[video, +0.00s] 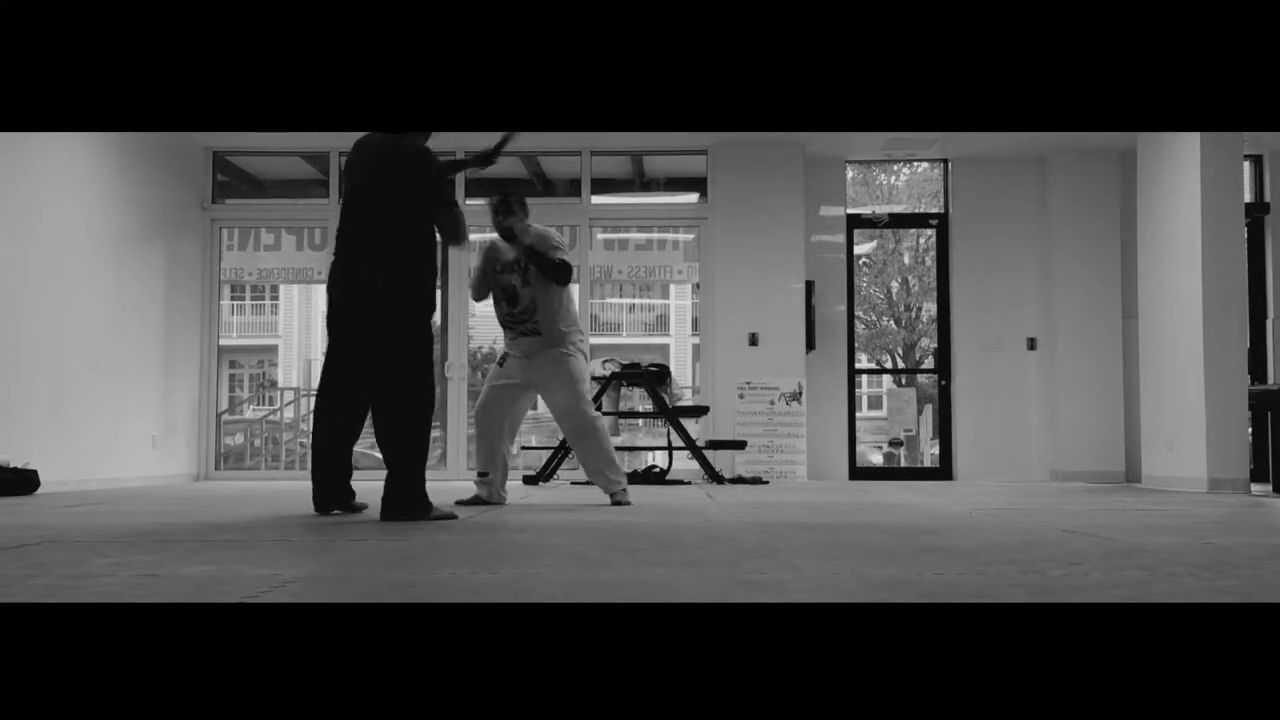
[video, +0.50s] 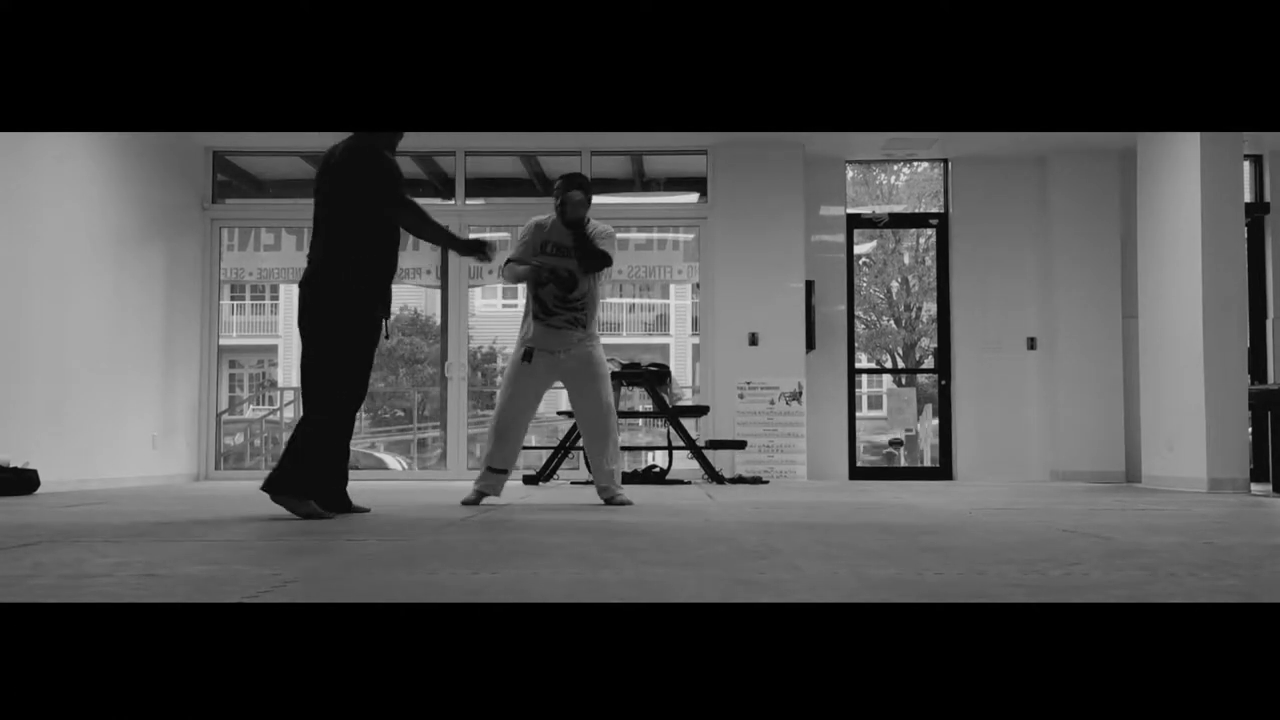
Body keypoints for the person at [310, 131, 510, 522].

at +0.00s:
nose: (432, 137)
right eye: (432, 135)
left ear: (390, 127)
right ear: (426, 132)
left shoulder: (364, 149)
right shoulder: (421, 160)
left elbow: (412, 174)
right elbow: (456, 233)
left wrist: (467, 163)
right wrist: (440, 189)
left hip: (351, 295)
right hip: (402, 300)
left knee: (342, 392)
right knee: (408, 396)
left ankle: (330, 493)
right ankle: (406, 501)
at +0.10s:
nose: (422, 140)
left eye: (421, 137)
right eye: (422, 137)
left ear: (381, 129)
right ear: (415, 135)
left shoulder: (353, 156)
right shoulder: (414, 167)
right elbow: (442, 231)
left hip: (343, 298)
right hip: (391, 303)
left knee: (341, 394)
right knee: (407, 397)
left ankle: (327, 495)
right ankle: (406, 501)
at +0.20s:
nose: (415, 143)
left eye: (415, 139)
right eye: (416, 139)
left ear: (376, 130)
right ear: (409, 136)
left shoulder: (344, 158)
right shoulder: (403, 170)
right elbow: (431, 236)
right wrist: (459, 291)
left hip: (332, 297)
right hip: (379, 301)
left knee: (333, 395)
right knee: (387, 397)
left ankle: (326, 497)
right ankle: (396, 500)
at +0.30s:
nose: (412, 143)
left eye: (411, 139)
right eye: (411, 138)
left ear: (370, 129)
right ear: (404, 136)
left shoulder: (336, 160)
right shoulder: (399, 167)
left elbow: (334, 219)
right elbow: (418, 222)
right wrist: (434, 262)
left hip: (325, 294)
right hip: (370, 299)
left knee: (326, 391)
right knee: (374, 391)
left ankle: (323, 496)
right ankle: (346, 493)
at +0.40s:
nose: (406, 142)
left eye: (405, 138)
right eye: (405, 138)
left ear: (364, 129)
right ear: (396, 135)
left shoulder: (334, 160)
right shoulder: (388, 165)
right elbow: (411, 218)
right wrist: (439, 253)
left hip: (322, 291)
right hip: (361, 296)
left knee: (326, 390)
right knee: (358, 390)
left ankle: (331, 490)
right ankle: (295, 480)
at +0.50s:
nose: (400, 143)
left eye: (400, 137)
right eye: (400, 137)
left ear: (364, 130)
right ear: (390, 134)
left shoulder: (337, 158)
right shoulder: (378, 164)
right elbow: (412, 218)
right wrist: (463, 245)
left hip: (324, 293)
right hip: (350, 298)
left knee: (334, 395)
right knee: (340, 395)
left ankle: (331, 492)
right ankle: (289, 483)